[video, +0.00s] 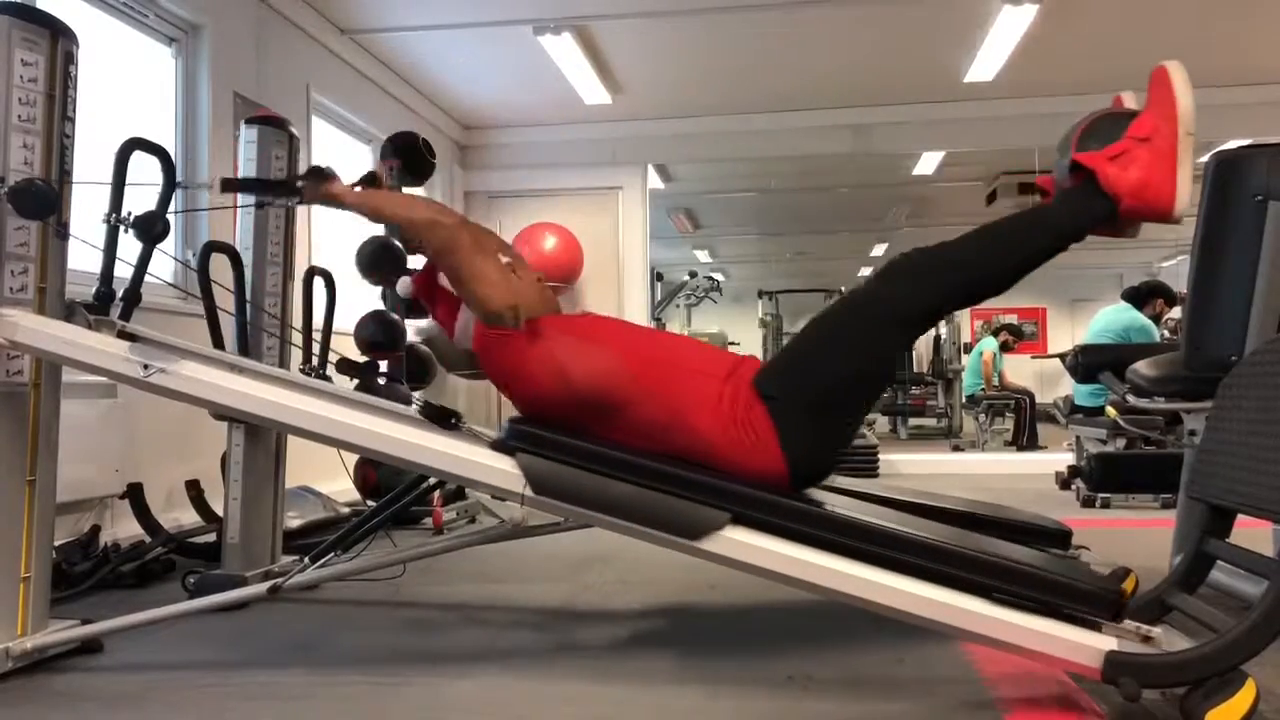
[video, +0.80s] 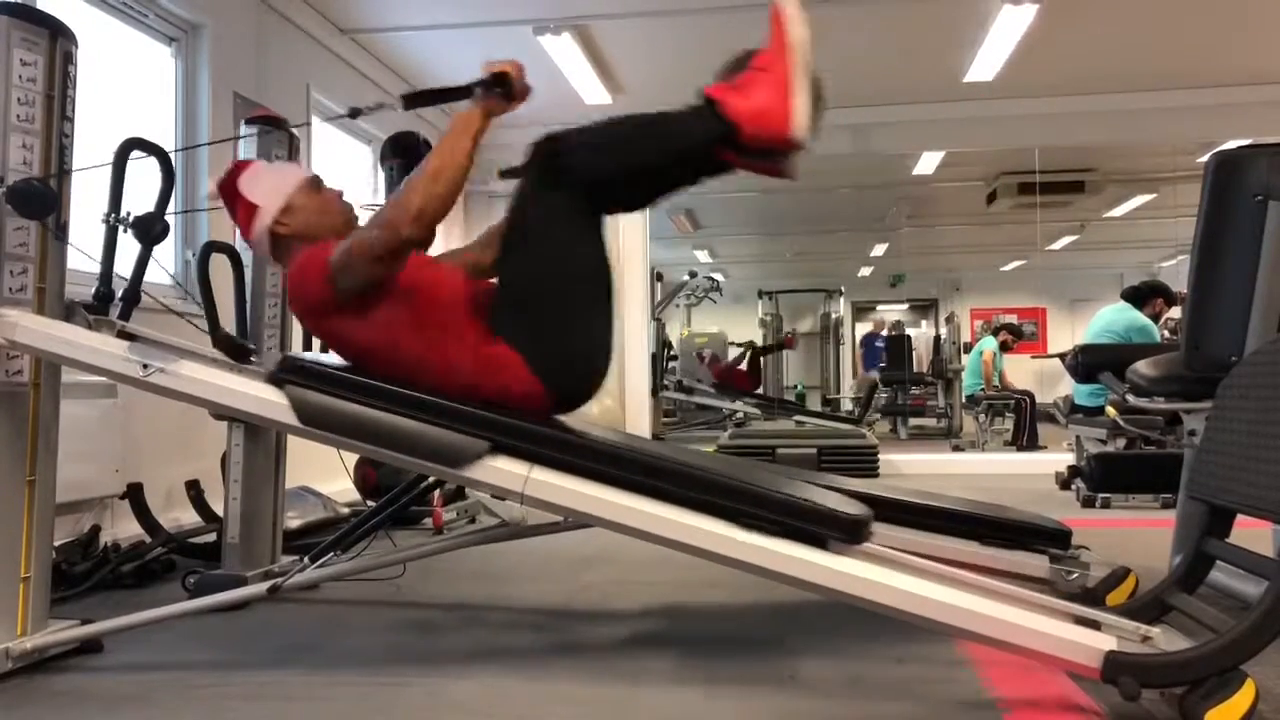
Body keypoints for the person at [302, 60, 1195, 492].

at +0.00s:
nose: (531, 265)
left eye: (519, 257)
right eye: (511, 259)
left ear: (486, 301)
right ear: (485, 297)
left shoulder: (539, 346)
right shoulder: (520, 349)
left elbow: (468, 250)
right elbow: (458, 233)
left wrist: (396, 208)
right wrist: (366, 202)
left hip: (768, 413)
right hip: (771, 433)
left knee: (905, 282)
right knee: (908, 287)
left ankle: (1090, 188)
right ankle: (1109, 191)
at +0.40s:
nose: (423, 254)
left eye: (413, 245)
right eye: (407, 256)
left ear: (434, 266)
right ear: (412, 295)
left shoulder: (501, 321)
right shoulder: (466, 337)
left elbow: (549, 251)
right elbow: (470, 210)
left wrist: (445, 188)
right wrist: (401, 157)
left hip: (714, 390)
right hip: (711, 415)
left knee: (831, 250)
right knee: (829, 254)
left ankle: (1019, 188)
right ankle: (1045, 195)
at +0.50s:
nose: (393, 243)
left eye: (383, 236)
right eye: (374, 247)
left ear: (405, 246)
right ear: (371, 287)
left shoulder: (473, 308)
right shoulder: (421, 332)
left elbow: (555, 262)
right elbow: (467, 239)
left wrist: (486, 189)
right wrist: (422, 143)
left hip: (673, 373)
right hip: (668, 398)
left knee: (770, 232)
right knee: (767, 232)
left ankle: (968, 178)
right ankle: (977, 182)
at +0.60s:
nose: (384, 219)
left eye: (373, 213)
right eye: (366, 224)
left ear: (366, 244)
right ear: (349, 261)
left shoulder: (428, 304)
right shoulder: (383, 317)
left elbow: (519, 269)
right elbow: (442, 227)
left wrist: (511, 168)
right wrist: (434, 114)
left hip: (617, 364)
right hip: (620, 389)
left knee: (700, 209)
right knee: (699, 207)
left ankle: (889, 163)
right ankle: (901, 156)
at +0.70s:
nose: (352, 207)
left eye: (341, 199)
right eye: (335, 207)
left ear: (327, 232)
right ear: (313, 240)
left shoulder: (388, 286)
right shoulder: (347, 294)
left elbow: (498, 264)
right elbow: (427, 215)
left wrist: (536, 171)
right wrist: (455, 102)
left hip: (574, 354)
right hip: (577, 376)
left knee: (633, 188)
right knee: (633, 184)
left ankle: (812, 147)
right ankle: (820, 132)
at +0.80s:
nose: (330, 191)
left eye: (319, 182)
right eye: (310, 189)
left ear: (303, 214)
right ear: (283, 223)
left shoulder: (359, 274)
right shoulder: (313, 278)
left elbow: (482, 256)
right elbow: (406, 224)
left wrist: (541, 193)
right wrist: (476, 112)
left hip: (537, 350)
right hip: (538, 365)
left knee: (562, 172)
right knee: (561, 167)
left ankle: (736, 134)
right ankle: (740, 120)